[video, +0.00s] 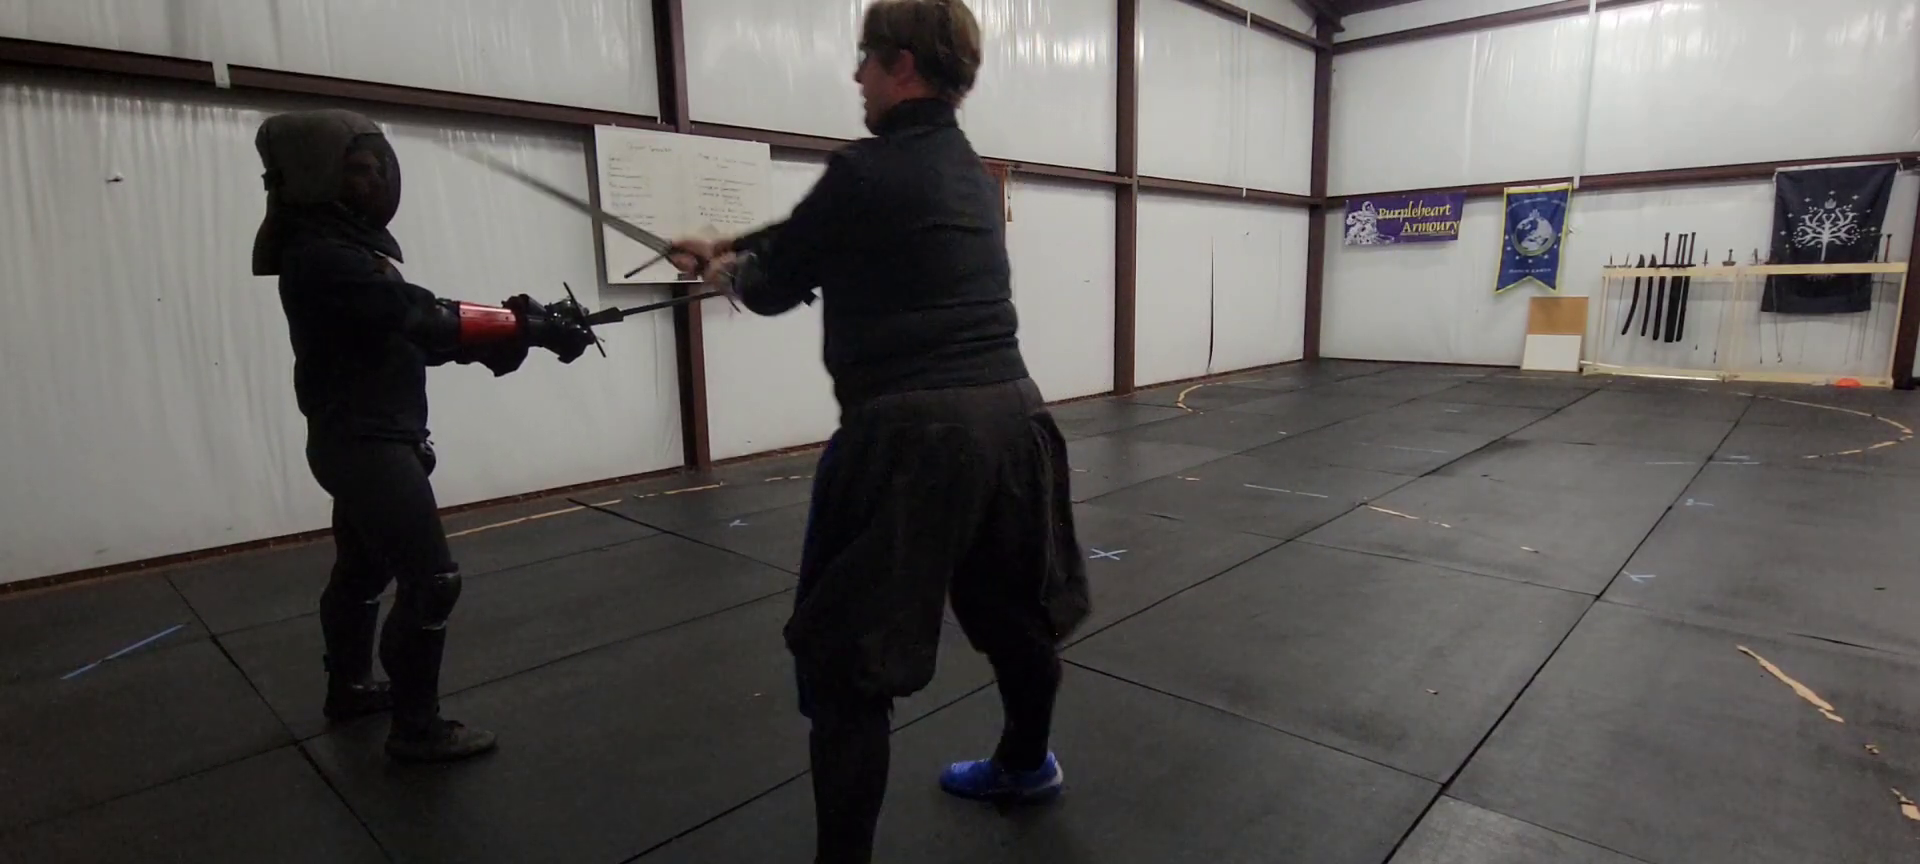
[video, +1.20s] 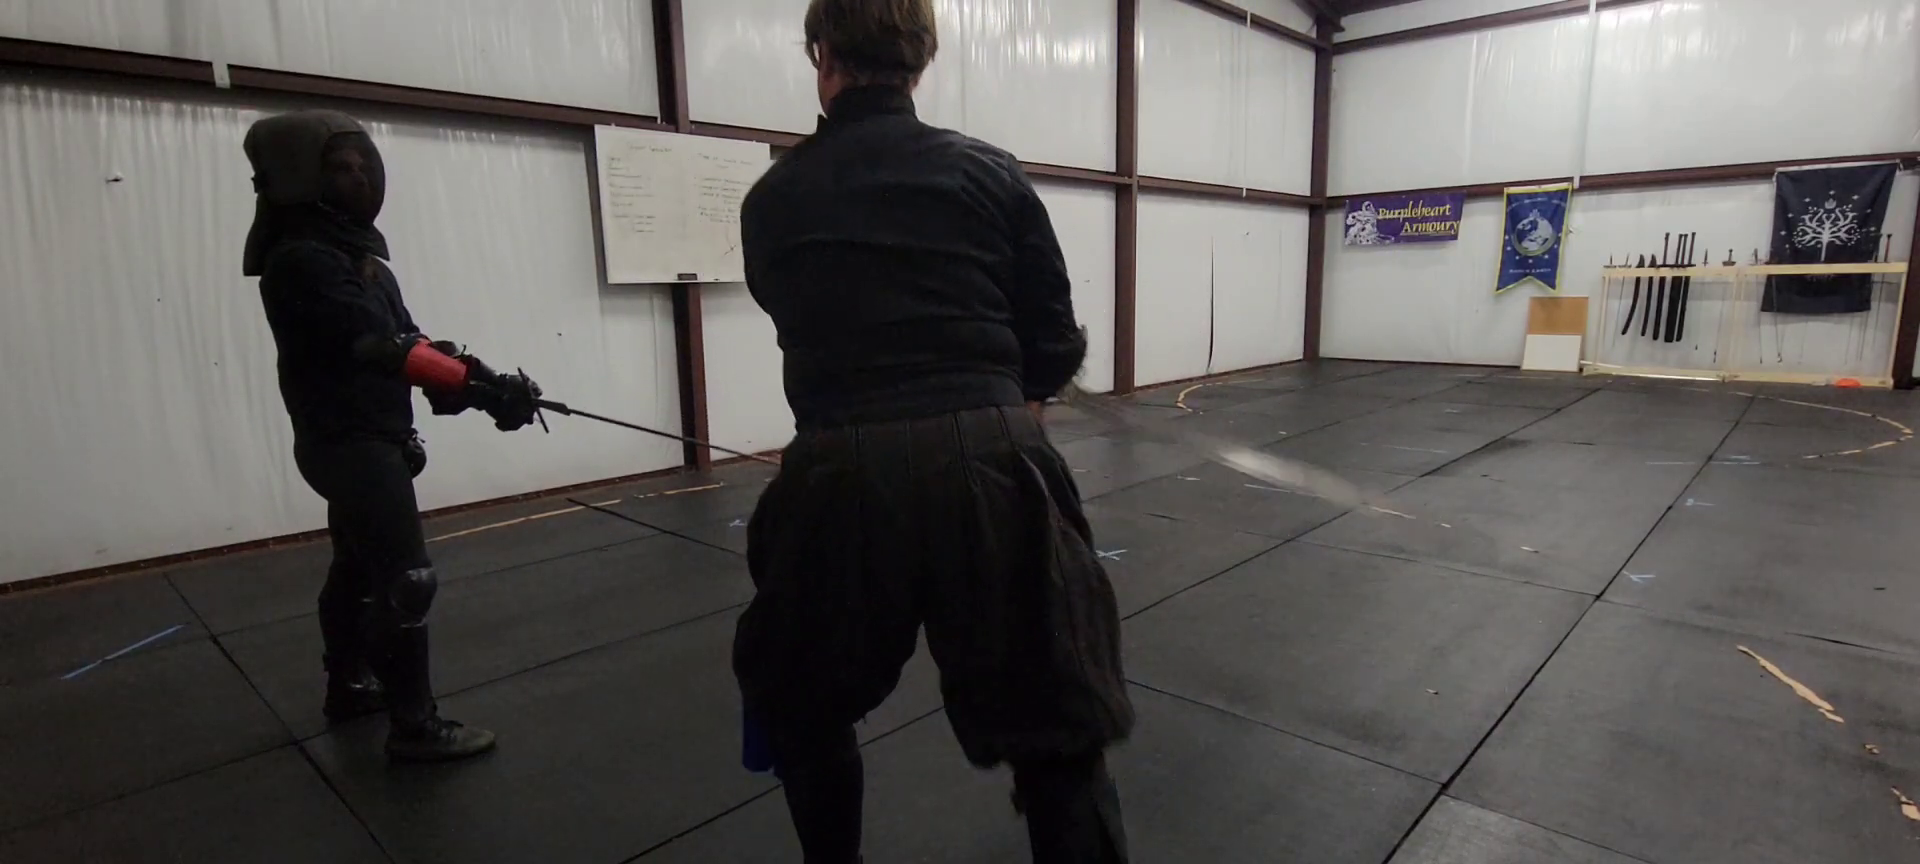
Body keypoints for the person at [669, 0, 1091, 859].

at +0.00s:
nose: (857, 75)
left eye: (867, 59)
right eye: (861, 59)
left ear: (905, 69)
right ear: (932, 75)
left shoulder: (863, 174)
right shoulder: (972, 169)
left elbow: (772, 283)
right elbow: (839, 238)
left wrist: (722, 267)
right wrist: (734, 249)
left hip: (901, 432)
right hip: (1009, 418)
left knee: (843, 648)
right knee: (1013, 602)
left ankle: (844, 847)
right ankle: (1027, 763)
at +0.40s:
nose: (770, 68)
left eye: (771, 47)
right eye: (771, 48)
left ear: (793, 46)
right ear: (875, 47)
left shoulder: (746, 176)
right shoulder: (936, 146)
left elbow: (741, 314)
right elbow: (949, 273)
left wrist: (849, 278)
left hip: (843, 450)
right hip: (979, 428)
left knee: (817, 703)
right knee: (1029, 705)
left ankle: (835, 855)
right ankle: (1088, 848)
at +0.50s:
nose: (774, 71)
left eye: (773, 51)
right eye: (773, 51)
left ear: (794, 49)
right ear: (880, 48)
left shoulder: (745, 189)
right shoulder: (955, 153)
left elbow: (760, 337)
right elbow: (965, 290)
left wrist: (832, 414)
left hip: (848, 467)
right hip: (985, 444)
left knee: (813, 711)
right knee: (1034, 722)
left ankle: (834, 854)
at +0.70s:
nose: (814, 108)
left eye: (814, 92)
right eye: (813, 93)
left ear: (829, 93)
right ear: (923, 90)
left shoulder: (784, 237)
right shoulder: (1005, 190)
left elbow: (804, 384)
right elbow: (1076, 368)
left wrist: (886, 442)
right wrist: (1013, 447)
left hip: (862, 513)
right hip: (1018, 493)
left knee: (793, 702)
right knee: (1059, 756)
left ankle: (831, 848)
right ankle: (1076, 845)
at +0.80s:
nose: (832, 112)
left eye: (832, 97)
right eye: (834, 97)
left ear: (841, 99)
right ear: (936, 97)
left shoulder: (795, 244)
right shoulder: (1016, 193)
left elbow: (835, 387)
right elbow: (1089, 360)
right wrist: (1084, 454)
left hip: (873, 520)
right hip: (1031, 493)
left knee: (800, 704)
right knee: (1065, 767)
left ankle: (831, 850)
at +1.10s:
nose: (825, 90)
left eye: (824, 77)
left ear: (833, 83)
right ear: (931, 80)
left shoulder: (784, 222)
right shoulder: (1002, 184)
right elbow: (1083, 358)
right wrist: (1050, 426)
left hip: (855, 506)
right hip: (1009, 488)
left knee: (800, 698)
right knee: (1059, 761)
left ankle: (833, 850)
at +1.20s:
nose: (815, 75)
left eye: (815, 61)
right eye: (817, 58)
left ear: (827, 65)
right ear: (918, 67)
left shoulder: (772, 196)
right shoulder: (989, 170)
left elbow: (795, 314)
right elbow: (1056, 340)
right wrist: (995, 418)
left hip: (841, 481)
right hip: (992, 470)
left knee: (807, 707)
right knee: (1055, 734)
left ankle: (831, 852)